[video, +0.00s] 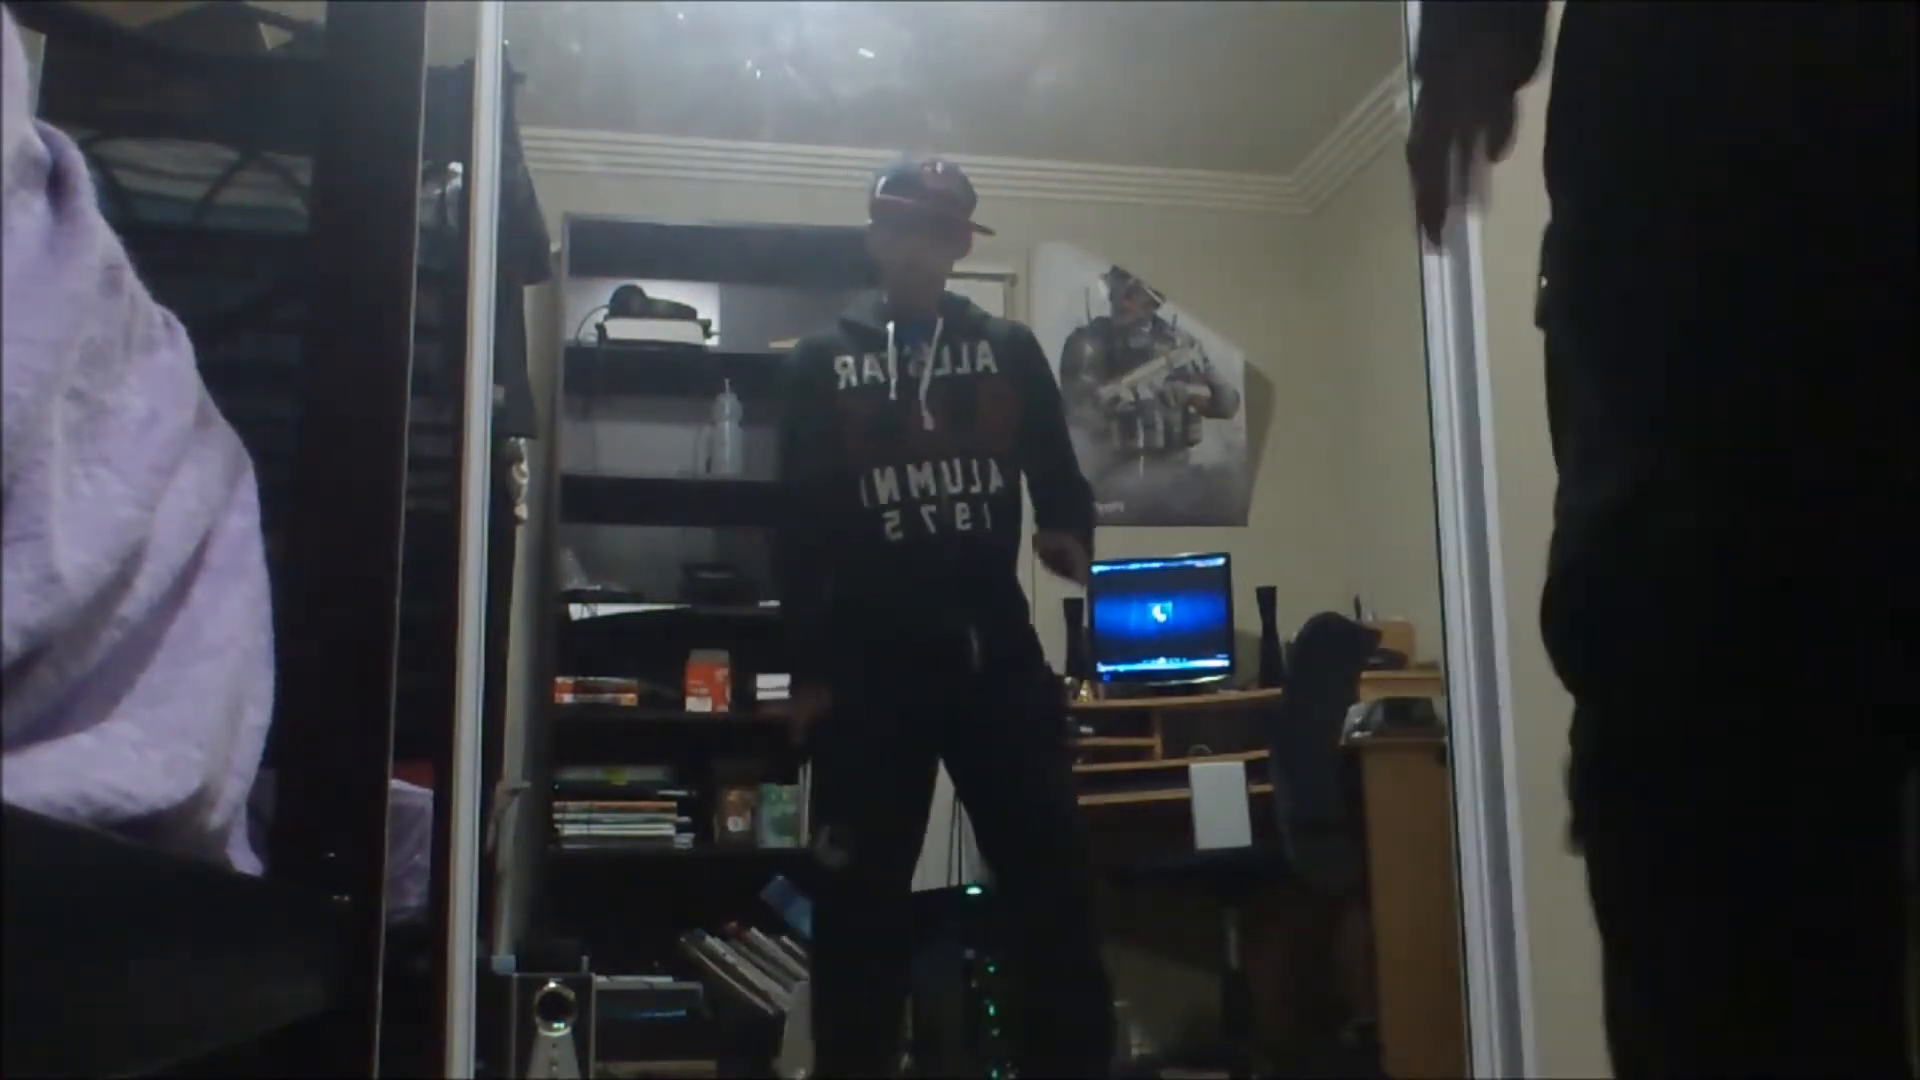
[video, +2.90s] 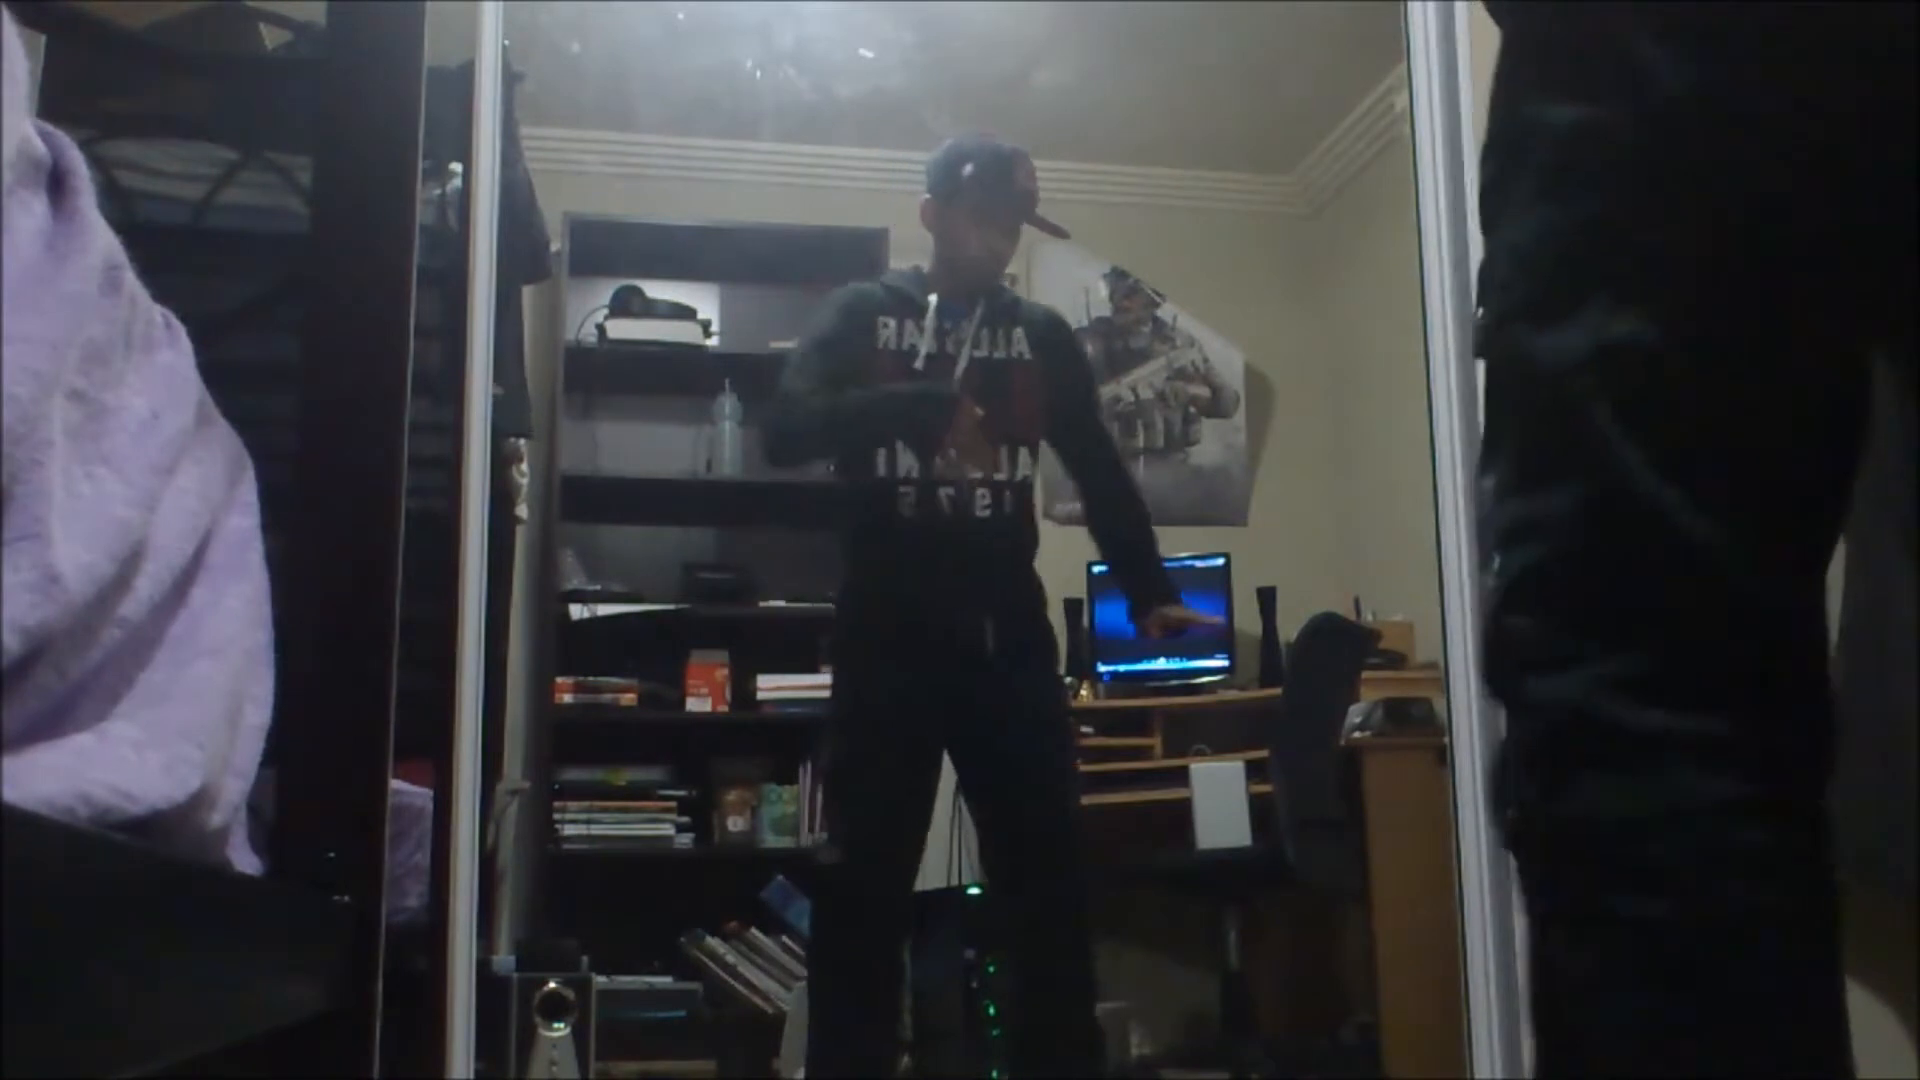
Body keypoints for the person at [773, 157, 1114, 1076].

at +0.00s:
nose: (915, 247)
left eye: (935, 230)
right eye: (900, 226)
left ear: (966, 240)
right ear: (872, 231)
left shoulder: (1010, 349)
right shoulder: (820, 358)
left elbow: (1056, 474)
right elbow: (796, 518)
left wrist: (1064, 529)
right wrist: (804, 662)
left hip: (992, 648)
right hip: (864, 649)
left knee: (1047, 872)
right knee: (860, 894)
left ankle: (1069, 1064)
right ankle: (854, 1069)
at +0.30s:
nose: (961, 242)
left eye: (977, 227)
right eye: (944, 222)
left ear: (996, 242)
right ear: (906, 231)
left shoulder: (1027, 357)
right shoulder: (846, 354)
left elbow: (1075, 490)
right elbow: (813, 502)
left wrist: (1092, 599)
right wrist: (879, 558)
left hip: (1004, 644)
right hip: (887, 646)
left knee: (1042, 878)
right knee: (864, 886)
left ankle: (1069, 1067)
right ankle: (849, 1068)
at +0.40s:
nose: (997, 244)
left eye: (1008, 230)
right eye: (980, 225)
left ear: (1018, 242)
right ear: (932, 229)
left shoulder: (1040, 356)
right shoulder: (868, 336)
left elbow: (1086, 487)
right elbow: (828, 484)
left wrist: (1120, 596)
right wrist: (935, 492)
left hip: (1011, 641)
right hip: (900, 638)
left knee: (1052, 888)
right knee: (874, 894)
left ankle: (1065, 1069)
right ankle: (851, 1070)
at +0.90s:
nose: (1057, 244)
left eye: (1069, 228)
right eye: (1039, 223)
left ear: (1082, 239)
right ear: (991, 230)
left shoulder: (1108, 351)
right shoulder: (926, 336)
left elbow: (1160, 482)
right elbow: (863, 474)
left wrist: (1184, 499)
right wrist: (897, 570)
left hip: (1053, 626)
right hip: (935, 622)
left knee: (1063, 859)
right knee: (889, 847)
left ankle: (1067, 1062)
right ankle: (863, 1057)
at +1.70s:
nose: (933, 239)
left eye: (957, 224)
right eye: (922, 222)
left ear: (996, 234)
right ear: (904, 230)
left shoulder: (1053, 339)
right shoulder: (873, 353)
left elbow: (1098, 493)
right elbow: (853, 523)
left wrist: (1087, 529)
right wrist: (800, 602)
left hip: (1022, 634)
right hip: (904, 634)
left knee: (1054, 869)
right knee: (828, 852)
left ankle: (1055, 1065)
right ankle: (767, 1063)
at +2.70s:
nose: (975, 239)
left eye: (988, 223)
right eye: (957, 218)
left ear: (997, 225)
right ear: (903, 213)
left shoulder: (1009, 339)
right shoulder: (829, 327)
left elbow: (1053, 481)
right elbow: (790, 479)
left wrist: (1088, 598)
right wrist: (895, 519)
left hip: (989, 637)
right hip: (869, 639)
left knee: (1048, 863)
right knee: (856, 880)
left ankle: (1091, 1063)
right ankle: (848, 1068)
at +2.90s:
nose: (1001, 238)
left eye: (1014, 221)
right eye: (983, 217)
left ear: (1027, 223)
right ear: (933, 212)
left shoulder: (1042, 337)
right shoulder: (862, 313)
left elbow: (1099, 470)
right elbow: (786, 424)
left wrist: (1152, 594)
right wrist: (919, 412)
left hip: (1005, 627)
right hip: (889, 623)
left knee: (1042, 867)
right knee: (867, 875)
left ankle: (1055, 1064)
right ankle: (850, 1065)